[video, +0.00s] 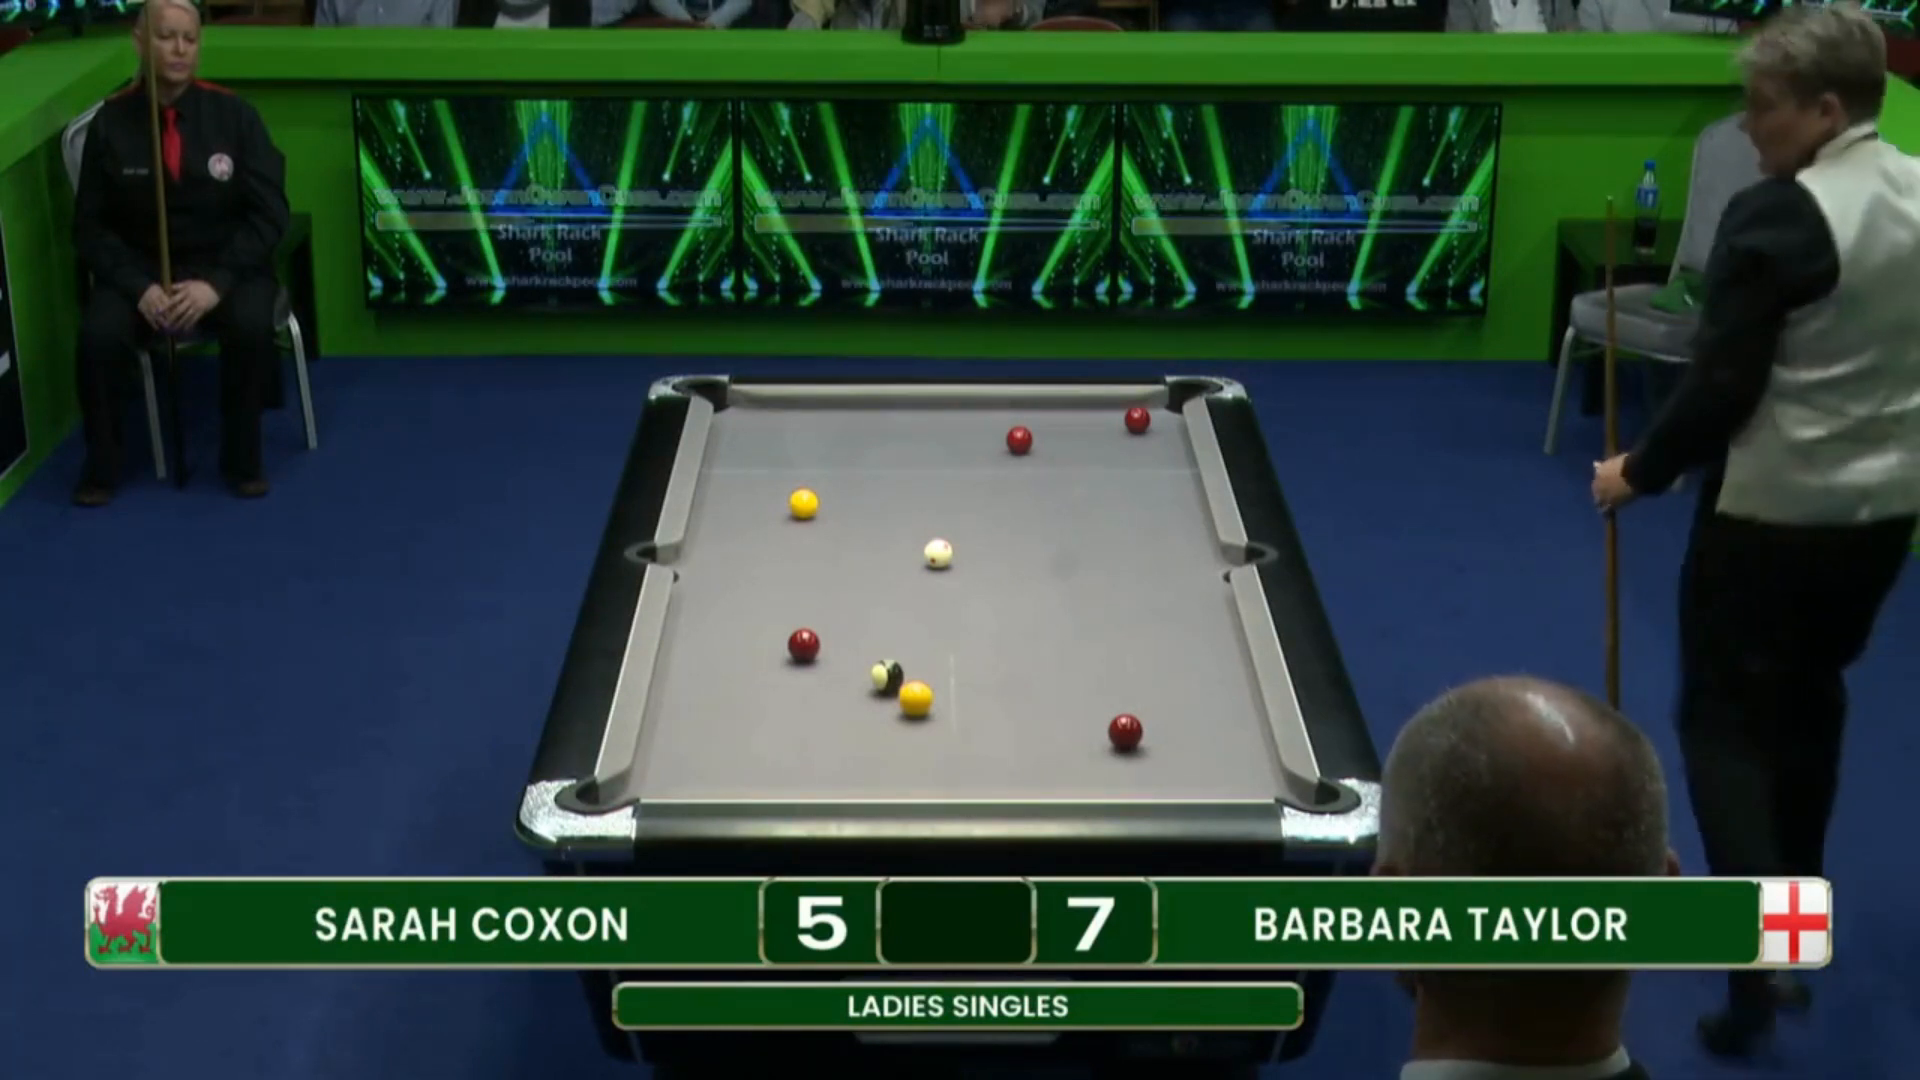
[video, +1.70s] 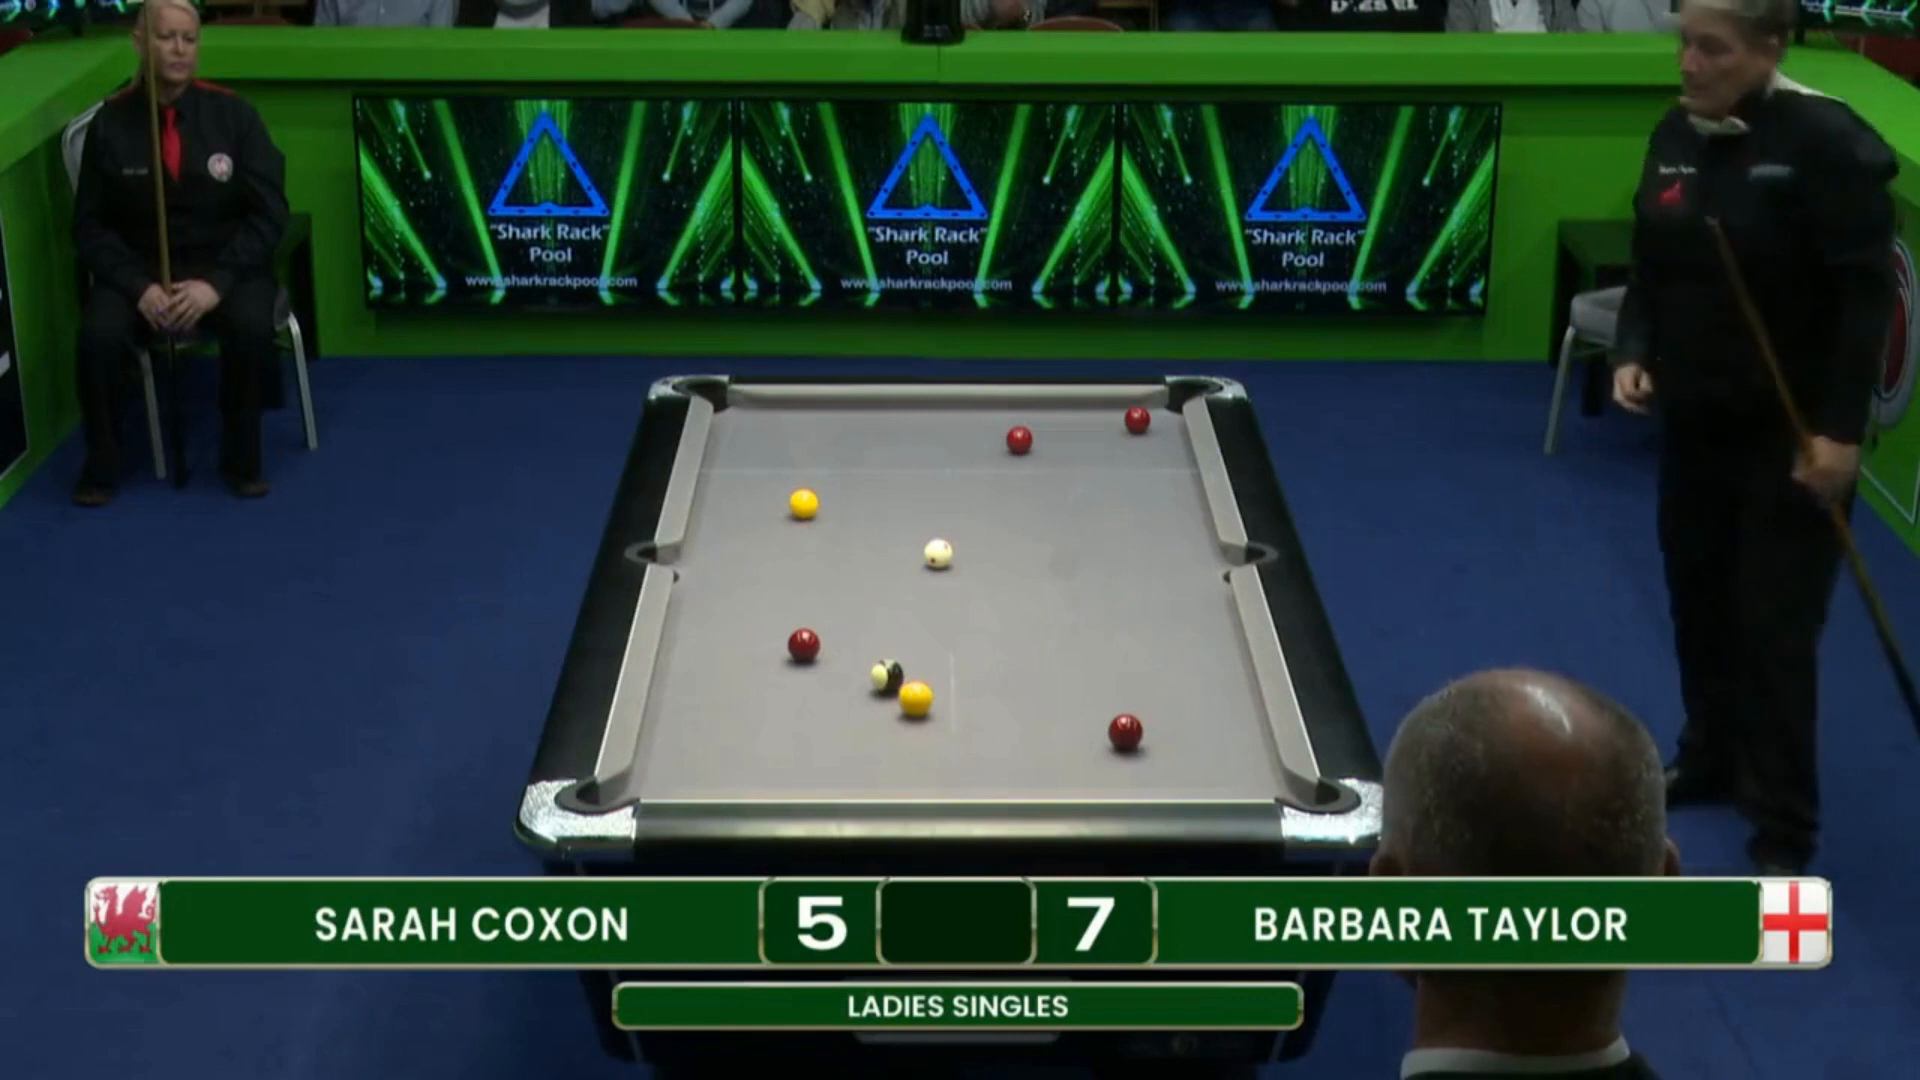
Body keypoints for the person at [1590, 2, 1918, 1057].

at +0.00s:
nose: (1749, 124)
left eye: (1762, 105)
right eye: (1750, 104)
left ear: (1826, 106)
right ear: (1849, 104)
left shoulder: (1779, 215)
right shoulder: (1912, 183)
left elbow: (1721, 381)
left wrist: (1640, 467)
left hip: (1774, 518)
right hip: (1884, 513)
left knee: (1720, 711)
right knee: (1809, 694)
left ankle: (1760, 949)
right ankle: (1796, 914)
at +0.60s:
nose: (1677, 80)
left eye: (1695, 65)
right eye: (1677, 61)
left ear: (1759, 68)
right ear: (1769, 72)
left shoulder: (1724, 176)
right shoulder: (1828, 140)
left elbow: (1696, 341)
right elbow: (1855, 279)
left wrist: (1625, 461)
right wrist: (1785, 329)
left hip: (1709, 452)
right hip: (1789, 443)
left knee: (1655, 644)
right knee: (1724, 622)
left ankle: (1660, 840)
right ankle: (1781, 824)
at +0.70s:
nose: (1670, 77)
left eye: (1689, 63)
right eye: (1670, 58)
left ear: (1752, 65)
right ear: (1759, 66)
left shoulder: (1721, 173)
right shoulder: (1807, 128)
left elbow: (1692, 333)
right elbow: (1845, 267)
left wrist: (1619, 455)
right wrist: (1765, 322)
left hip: (1707, 444)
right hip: (1779, 434)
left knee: (1652, 628)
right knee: (1699, 595)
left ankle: (1661, 830)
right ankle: (1772, 796)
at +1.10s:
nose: (1656, 58)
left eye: (1673, 41)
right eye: (1651, 40)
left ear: (1731, 39)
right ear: (1658, 35)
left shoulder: (1762, 137)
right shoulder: (1716, 119)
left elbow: (1755, 296)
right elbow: (1698, 267)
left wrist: (1674, 401)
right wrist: (1656, 368)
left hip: (1749, 406)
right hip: (1715, 396)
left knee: (1660, 596)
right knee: (1698, 585)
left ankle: (1675, 819)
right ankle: (1713, 767)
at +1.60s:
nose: (1672, 61)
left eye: (1692, 44)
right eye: (1667, 42)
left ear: (1751, 46)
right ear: (1664, 40)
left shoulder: (1823, 140)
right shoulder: (1667, 132)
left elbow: (1850, 291)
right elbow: (1652, 261)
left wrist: (1824, 416)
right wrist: (1630, 341)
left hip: (1789, 426)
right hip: (1695, 416)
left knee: (1774, 622)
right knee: (1701, 598)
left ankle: (1775, 819)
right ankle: (1710, 760)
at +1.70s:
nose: (1688, 64)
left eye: (1710, 48)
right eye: (1684, 45)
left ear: (1768, 52)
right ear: (1679, 42)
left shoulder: (1837, 147)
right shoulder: (1676, 135)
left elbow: (1867, 298)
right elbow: (1650, 264)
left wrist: (1843, 426)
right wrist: (1634, 349)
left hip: (1793, 434)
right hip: (1695, 421)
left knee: (1776, 628)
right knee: (1701, 604)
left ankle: (1784, 825)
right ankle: (1710, 761)